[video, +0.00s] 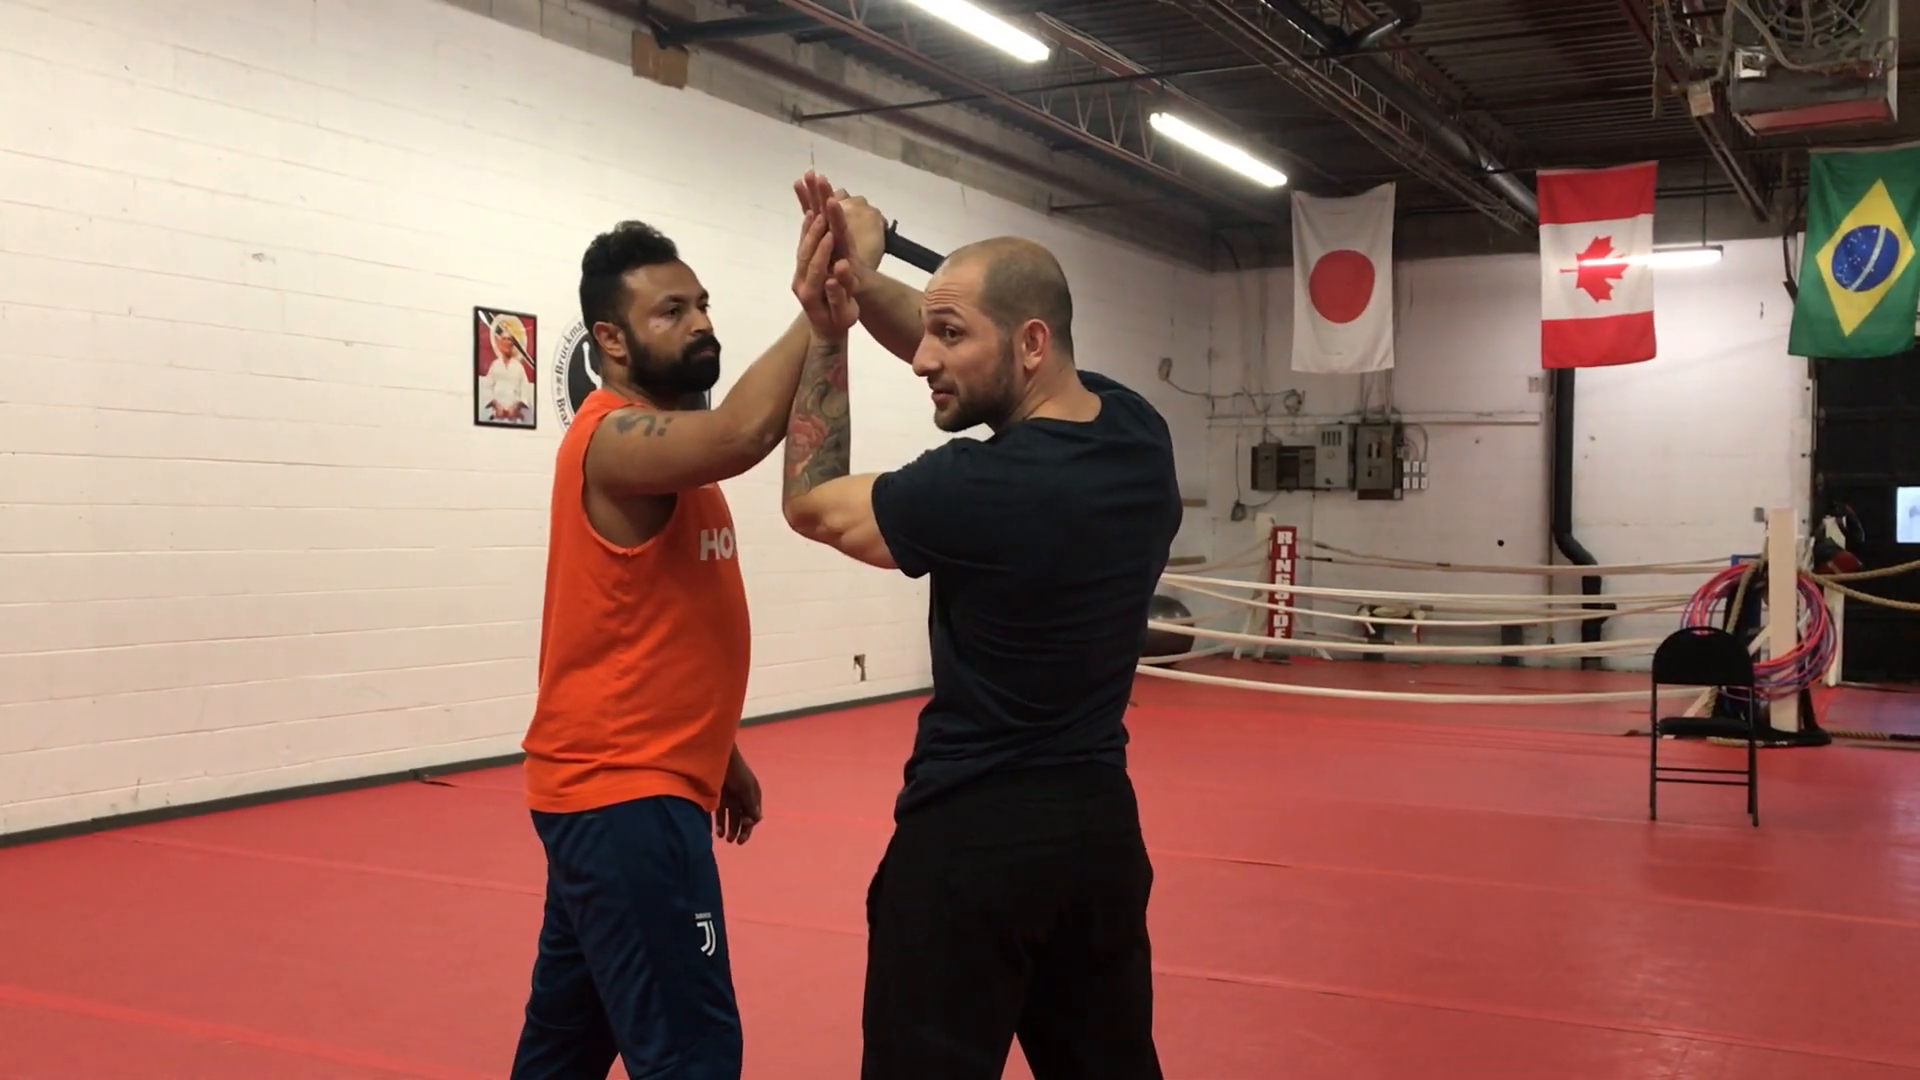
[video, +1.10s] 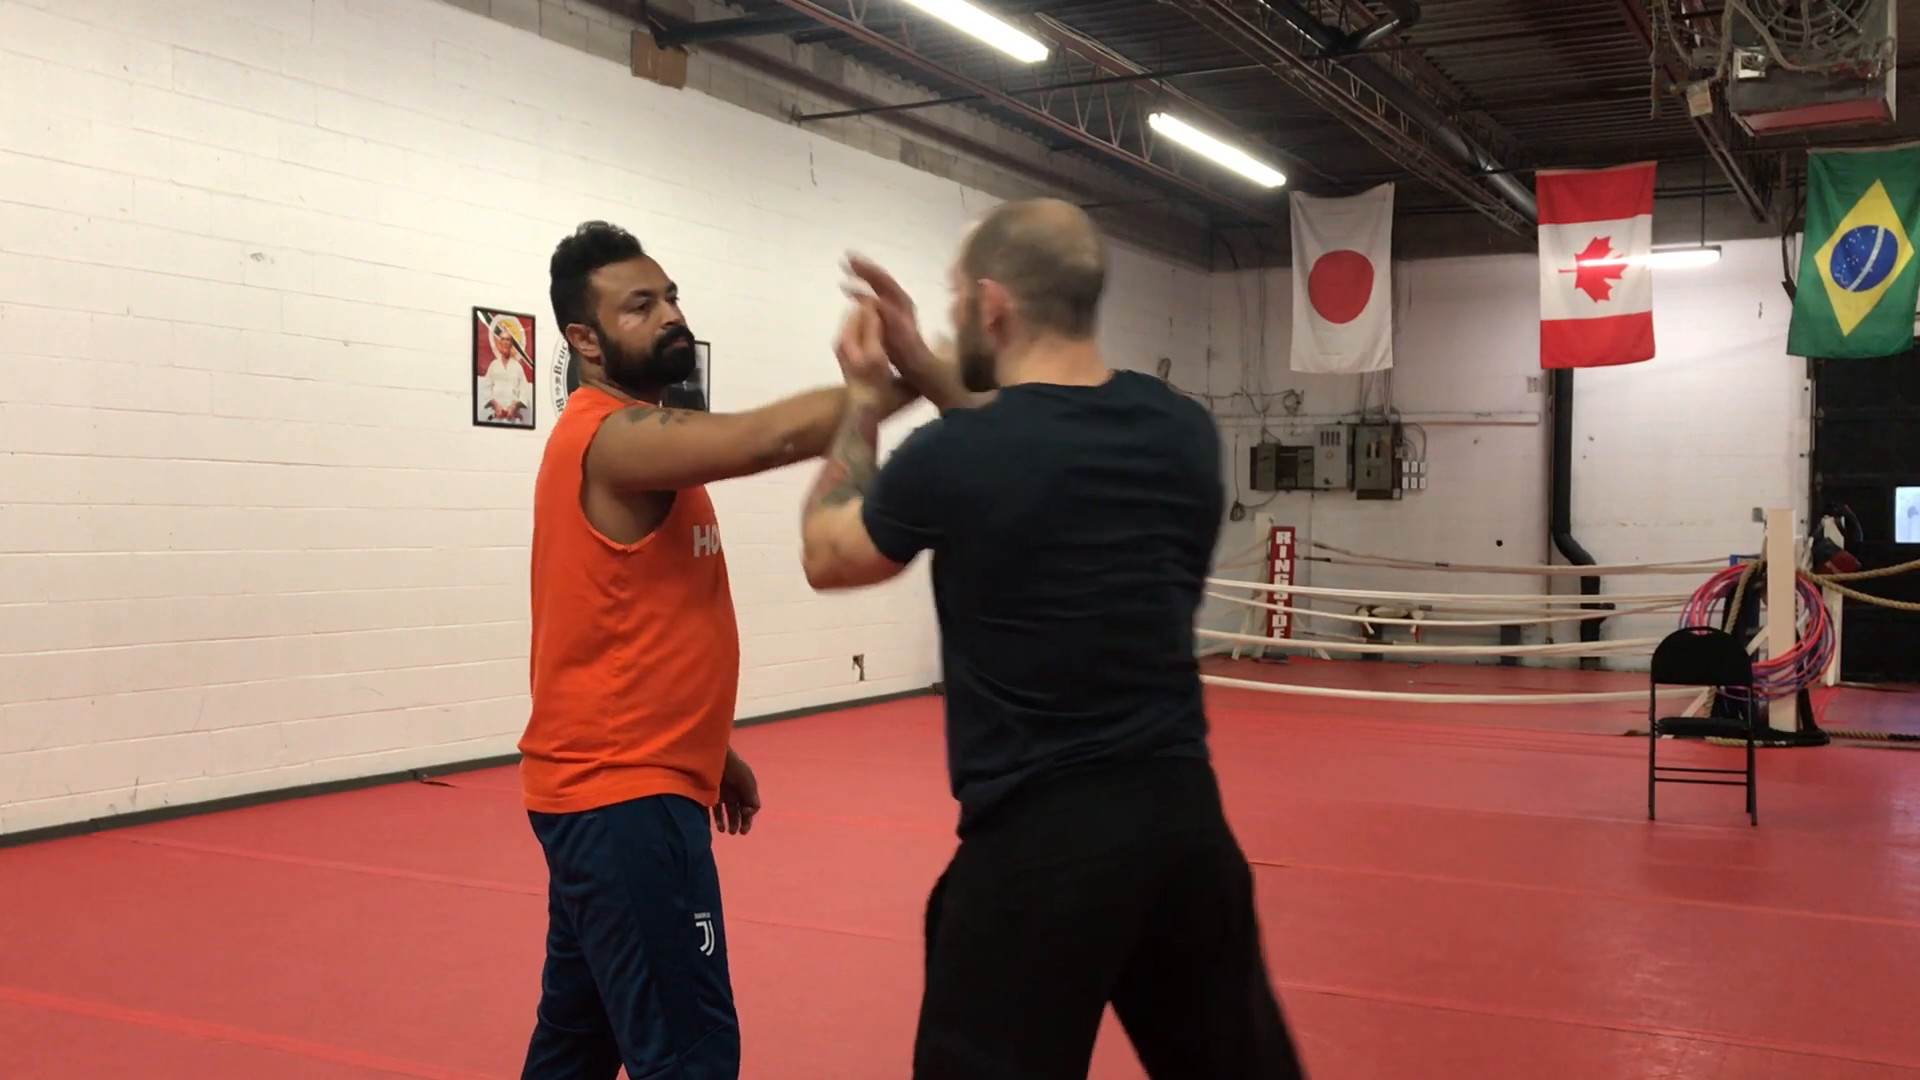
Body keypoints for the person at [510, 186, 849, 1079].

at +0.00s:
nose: (702, 325)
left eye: (701, 305)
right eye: (673, 312)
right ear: (611, 338)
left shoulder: (654, 432)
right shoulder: (615, 430)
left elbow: (647, 625)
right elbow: (736, 435)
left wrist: (716, 750)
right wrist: (819, 316)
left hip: (641, 785)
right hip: (619, 792)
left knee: (564, 1050)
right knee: (693, 1055)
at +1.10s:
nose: (671, 316)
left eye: (671, 298)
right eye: (641, 306)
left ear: (679, 303)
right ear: (584, 340)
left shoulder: (626, 429)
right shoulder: (611, 433)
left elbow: (628, 623)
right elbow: (764, 437)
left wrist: (708, 750)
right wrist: (895, 385)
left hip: (615, 786)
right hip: (623, 791)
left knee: (576, 1046)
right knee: (691, 1053)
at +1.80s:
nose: (651, 321)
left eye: (647, 302)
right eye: (624, 306)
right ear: (559, 336)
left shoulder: (596, 446)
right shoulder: (561, 455)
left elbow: (604, 635)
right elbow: (550, 634)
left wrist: (663, 774)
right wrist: (724, 622)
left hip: (605, 795)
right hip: (590, 801)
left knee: (539, 1049)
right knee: (659, 1057)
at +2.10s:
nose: (583, 336)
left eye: (587, 321)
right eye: (562, 317)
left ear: (590, 336)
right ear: (493, 336)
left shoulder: (578, 471)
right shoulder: (462, 452)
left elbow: (599, 627)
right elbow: (535, 546)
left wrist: (660, 750)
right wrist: (559, 380)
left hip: (580, 795)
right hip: (520, 798)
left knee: (499, 1052)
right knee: (583, 1055)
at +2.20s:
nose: (570, 341)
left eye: (573, 322)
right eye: (548, 321)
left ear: (572, 327)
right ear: (486, 336)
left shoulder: (554, 465)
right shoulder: (440, 446)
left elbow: (580, 630)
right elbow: (522, 486)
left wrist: (655, 751)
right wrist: (483, 348)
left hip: (565, 796)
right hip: (504, 798)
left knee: (481, 1054)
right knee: (569, 1056)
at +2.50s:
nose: (544, 346)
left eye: (546, 326)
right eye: (518, 323)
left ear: (542, 334)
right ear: (457, 340)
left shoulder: (517, 452)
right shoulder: (415, 444)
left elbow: (537, 632)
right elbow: (512, 460)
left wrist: (600, 769)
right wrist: (466, 327)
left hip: (527, 798)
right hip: (477, 802)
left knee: (452, 1055)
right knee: (566, 1056)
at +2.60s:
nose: (541, 342)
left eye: (542, 325)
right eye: (524, 321)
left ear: (455, 339)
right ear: (453, 334)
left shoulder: (489, 442)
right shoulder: (422, 441)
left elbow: (508, 634)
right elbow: (534, 446)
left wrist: (575, 772)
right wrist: (500, 312)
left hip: (507, 796)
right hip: (473, 802)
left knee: (439, 1054)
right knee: (566, 1058)